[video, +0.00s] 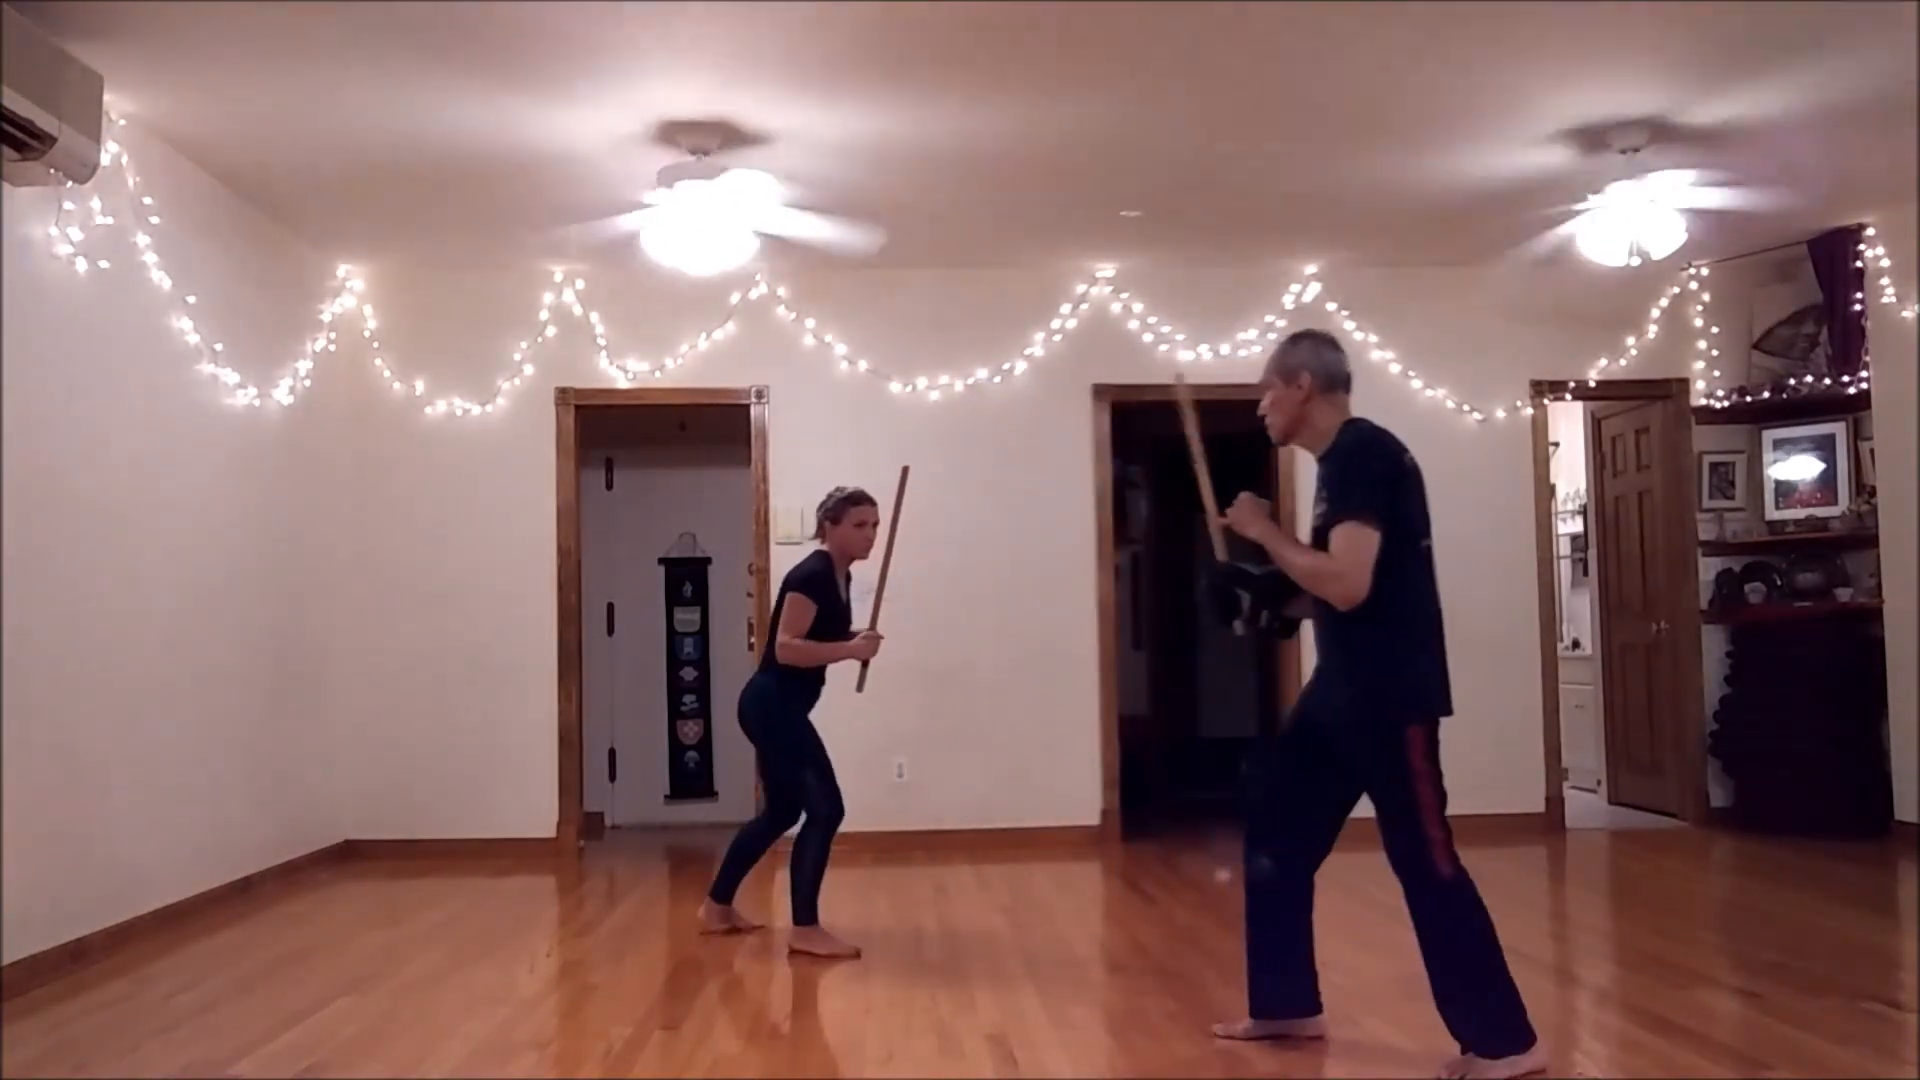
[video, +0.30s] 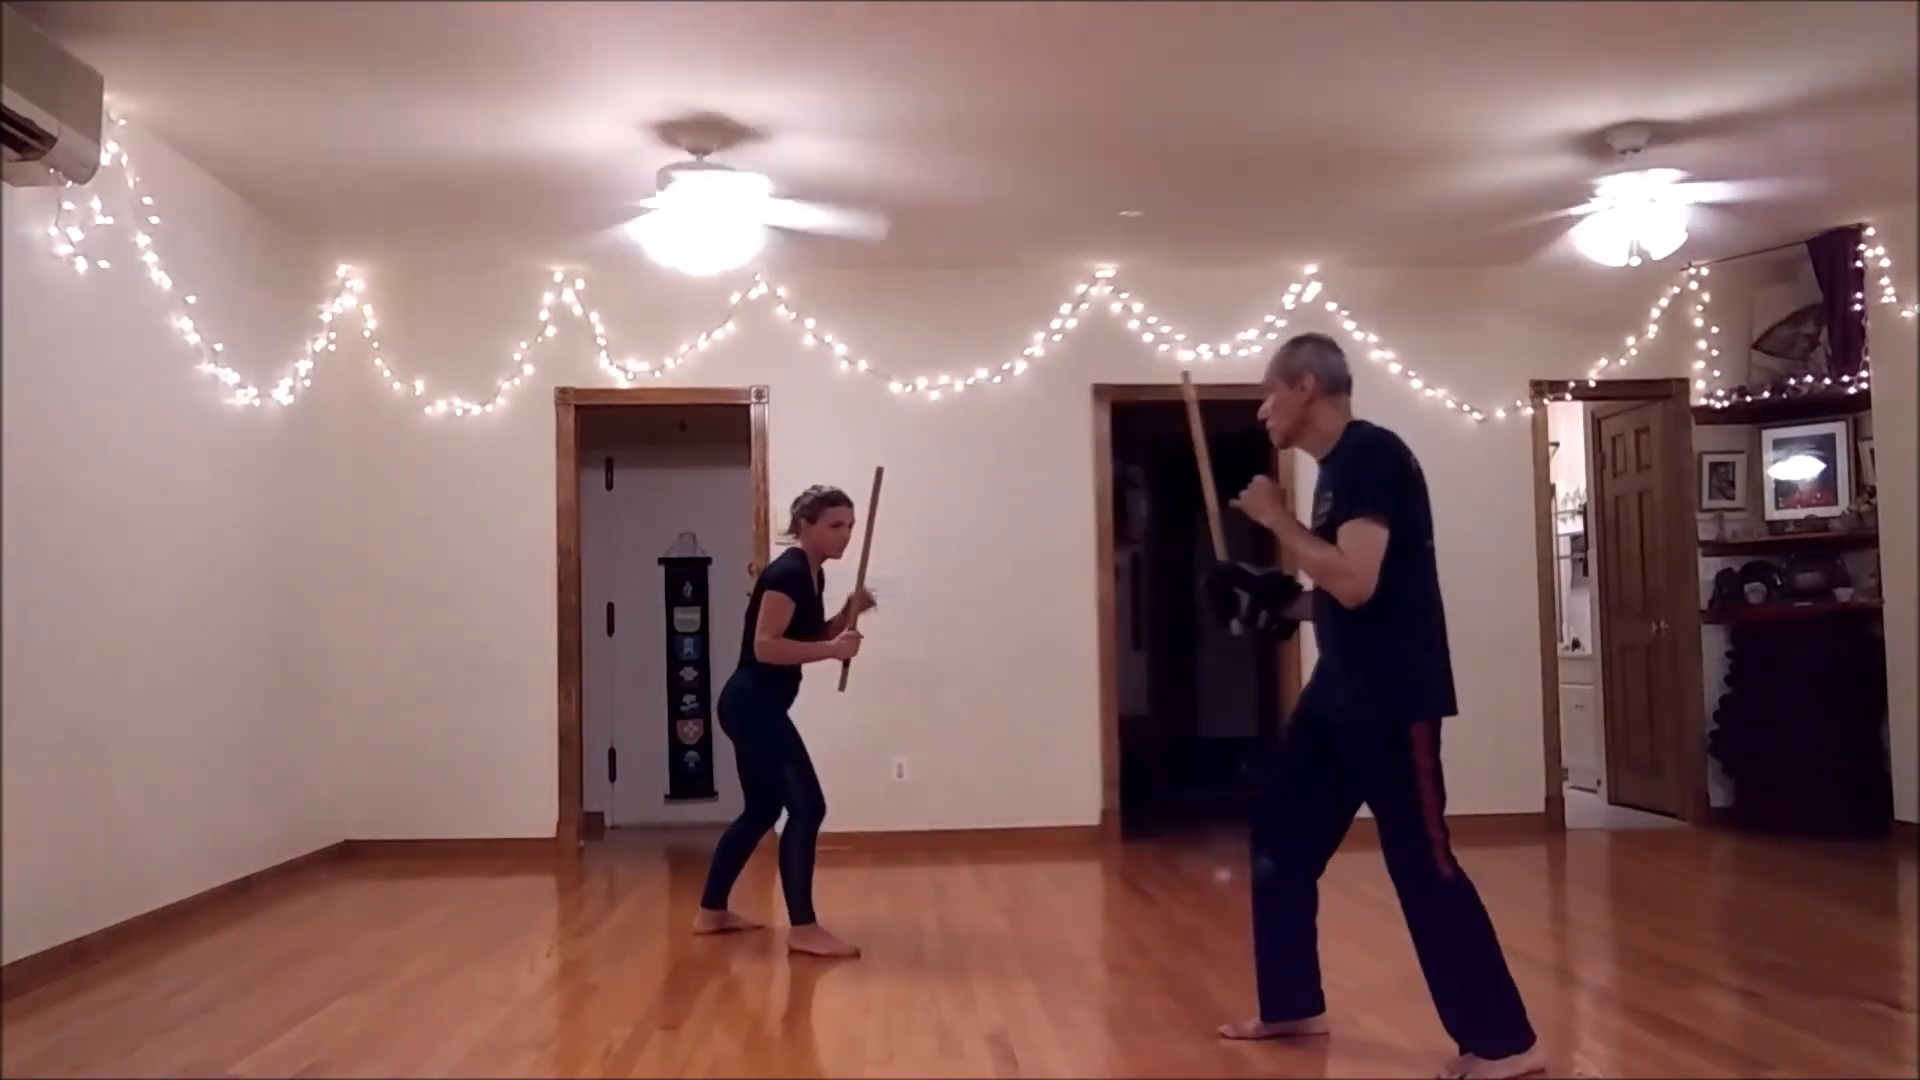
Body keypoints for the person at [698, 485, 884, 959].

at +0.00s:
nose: (870, 535)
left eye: (874, 526)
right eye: (861, 526)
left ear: (869, 531)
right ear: (830, 529)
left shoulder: (839, 575)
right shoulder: (811, 576)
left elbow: (814, 637)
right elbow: (785, 648)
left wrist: (851, 641)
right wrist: (850, 649)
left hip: (780, 706)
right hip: (773, 708)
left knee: (781, 811)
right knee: (826, 810)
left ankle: (717, 905)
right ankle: (805, 929)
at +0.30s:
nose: (847, 535)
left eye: (849, 527)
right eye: (838, 526)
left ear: (827, 531)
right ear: (807, 527)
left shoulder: (809, 574)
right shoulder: (787, 574)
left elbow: (810, 640)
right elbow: (765, 647)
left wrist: (847, 614)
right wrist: (830, 649)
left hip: (755, 705)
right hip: (756, 708)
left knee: (762, 809)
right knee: (807, 806)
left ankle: (711, 910)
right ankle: (804, 927)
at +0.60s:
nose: (845, 532)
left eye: (847, 523)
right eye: (836, 523)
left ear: (822, 528)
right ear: (806, 524)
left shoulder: (805, 570)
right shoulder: (787, 573)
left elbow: (790, 635)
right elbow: (764, 645)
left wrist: (828, 630)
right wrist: (829, 648)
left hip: (755, 703)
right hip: (758, 707)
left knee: (754, 810)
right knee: (818, 804)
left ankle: (710, 910)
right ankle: (805, 926)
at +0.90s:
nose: (898, 553)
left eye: (899, 543)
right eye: (889, 544)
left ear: (866, 549)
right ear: (858, 547)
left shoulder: (858, 593)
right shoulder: (852, 596)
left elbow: (895, 652)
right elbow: (874, 676)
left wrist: (929, 622)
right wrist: (942, 659)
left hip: (810, 731)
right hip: (817, 737)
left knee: (785, 824)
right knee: (904, 812)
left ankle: (714, 904)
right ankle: (952, 929)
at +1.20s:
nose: (1020, 536)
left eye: (1021, 526)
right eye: (1010, 526)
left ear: (979, 530)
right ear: (975, 529)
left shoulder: (958, 573)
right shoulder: (967, 585)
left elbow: (965, 653)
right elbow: (975, 678)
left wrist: (993, 685)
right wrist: (1049, 666)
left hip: (903, 720)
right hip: (901, 727)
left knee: (997, 805)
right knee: (1002, 808)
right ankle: (973, 930)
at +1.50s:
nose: (1033, 504)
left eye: (1034, 492)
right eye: (1028, 492)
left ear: (979, 494)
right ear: (991, 491)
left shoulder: (928, 551)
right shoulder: (1017, 554)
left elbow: (897, 636)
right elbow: (1090, 624)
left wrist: (947, 662)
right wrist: (1148, 577)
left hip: (928, 731)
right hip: (990, 732)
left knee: (974, 827)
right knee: (1027, 876)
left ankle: (999, 930)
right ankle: (985, 1013)